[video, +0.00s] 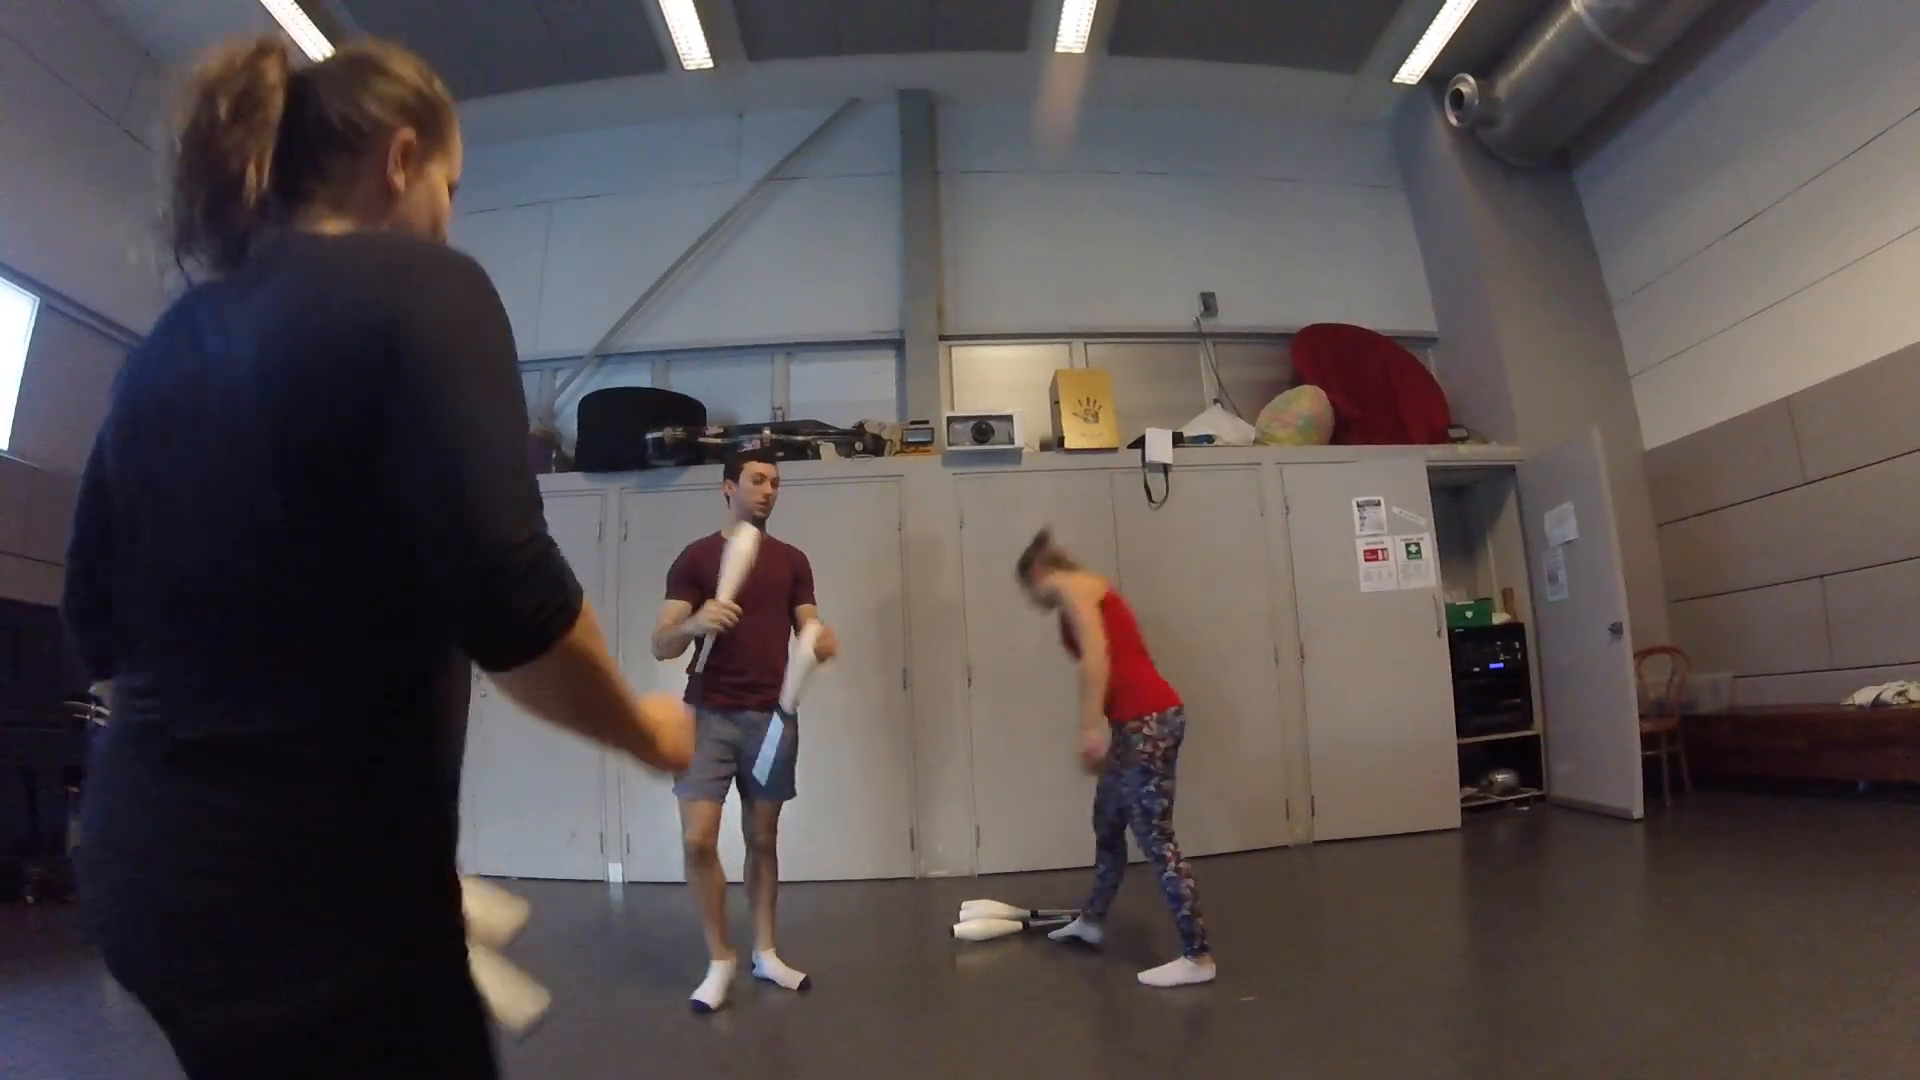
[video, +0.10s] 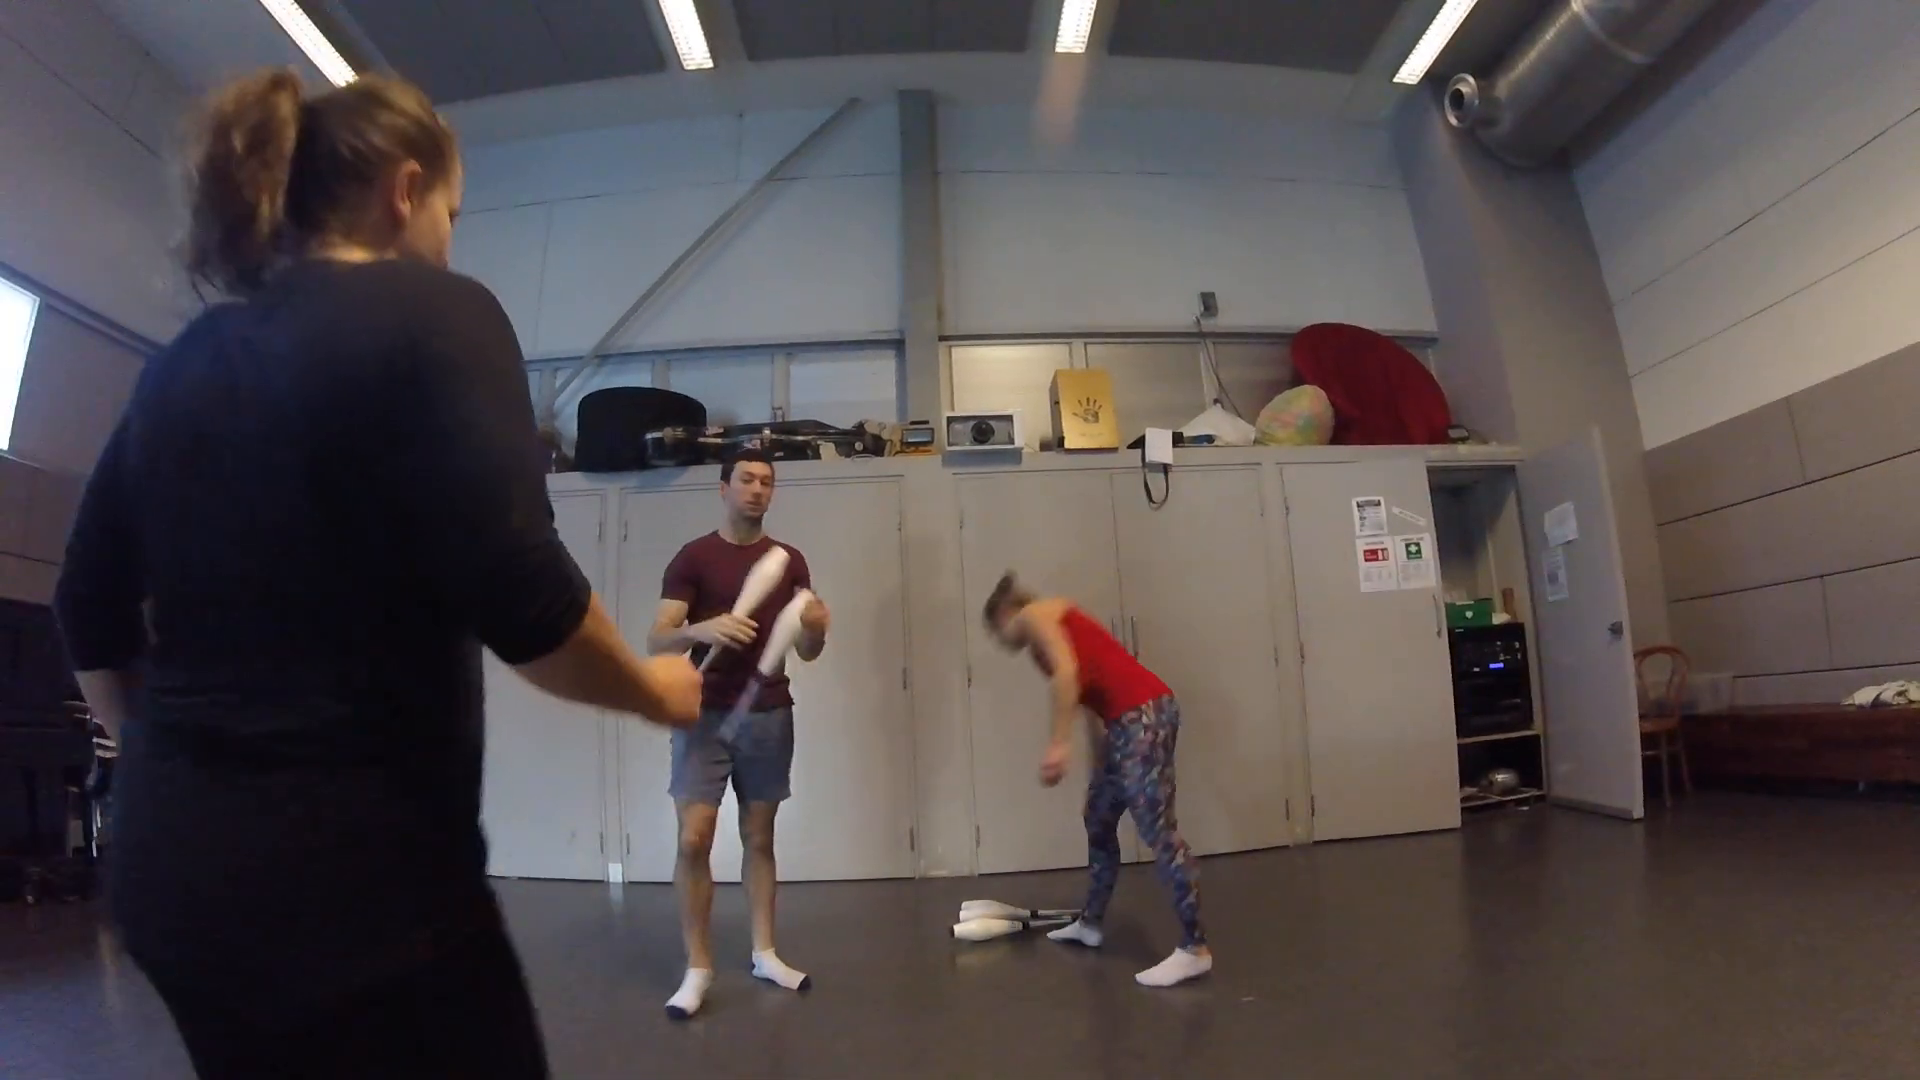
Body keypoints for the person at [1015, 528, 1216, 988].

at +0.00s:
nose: (1035, 596)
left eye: (1032, 586)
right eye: (1032, 589)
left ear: (1041, 572)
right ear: (1056, 564)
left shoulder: (1075, 585)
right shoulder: (1090, 589)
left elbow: (1096, 651)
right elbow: (1117, 662)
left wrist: (1093, 722)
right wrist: (1114, 732)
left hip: (1150, 720)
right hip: (1134, 722)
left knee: (1153, 833)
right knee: (1109, 820)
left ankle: (1198, 954)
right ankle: (1092, 920)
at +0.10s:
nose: (1004, 639)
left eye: (1000, 629)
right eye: (999, 633)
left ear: (1010, 612)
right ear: (1018, 609)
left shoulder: (1040, 613)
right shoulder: (1054, 629)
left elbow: (1067, 671)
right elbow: (1096, 709)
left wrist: (1057, 745)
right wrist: (1100, 764)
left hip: (1145, 715)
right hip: (1121, 726)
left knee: (1157, 829)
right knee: (1100, 819)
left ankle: (1195, 948)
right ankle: (1090, 923)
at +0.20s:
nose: (989, 693)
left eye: (981, 683)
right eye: (982, 687)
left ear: (983, 660)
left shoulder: (1006, 651)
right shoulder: (1032, 670)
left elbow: (1034, 705)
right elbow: (1061, 751)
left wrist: (1033, 779)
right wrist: (1072, 825)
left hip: (1136, 703)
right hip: (1120, 717)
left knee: (1168, 812)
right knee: (1098, 817)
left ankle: (1216, 923)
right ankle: (1091, 922)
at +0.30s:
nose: (985, 734)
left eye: (978, 724)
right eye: (980, 728)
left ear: (977, 701)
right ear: (996, 702)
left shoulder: (986, 694)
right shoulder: (1035, 716)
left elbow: (1010, 757)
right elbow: (1049, 787)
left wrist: (1016, 817)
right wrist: (1053, 860)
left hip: (1126, 692)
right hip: (1121, 708)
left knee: (1179, 775)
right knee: (1103, 817)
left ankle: (1281, 854)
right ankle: (1092, 922)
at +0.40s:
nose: (992, 764)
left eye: (979, 754)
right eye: (988, 759)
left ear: (978, 734)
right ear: (1001, 743)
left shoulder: (985, 727)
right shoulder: (1038, 744)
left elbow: (997, 799)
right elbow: (1045, 815)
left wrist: (1005, 857)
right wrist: (1047, 883)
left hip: (1116, 685)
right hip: (1118, 705)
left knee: (1193, 728)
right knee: (1112, 820)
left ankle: (1316, 761)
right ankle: (1094, 924)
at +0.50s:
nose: (1004, 787)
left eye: (995, 777)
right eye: (1000, 782)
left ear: (991, 757)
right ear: (1010, 763)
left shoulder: (987, 746)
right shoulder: (1044, 756)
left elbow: (997, 826)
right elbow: (1052, 826)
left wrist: (1011, 881)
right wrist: (1049, 898)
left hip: (1113, 680)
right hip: (1119, 698)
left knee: (1200, 686)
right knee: (1114, 817)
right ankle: (1095, 922)